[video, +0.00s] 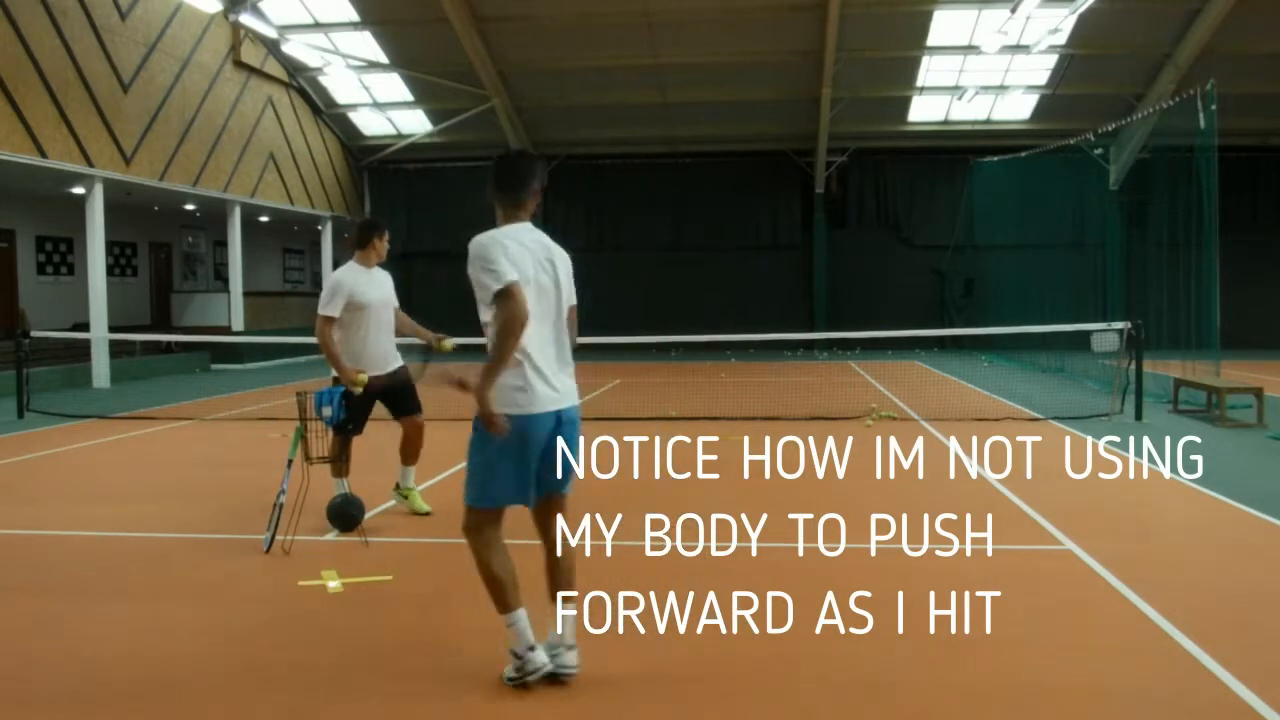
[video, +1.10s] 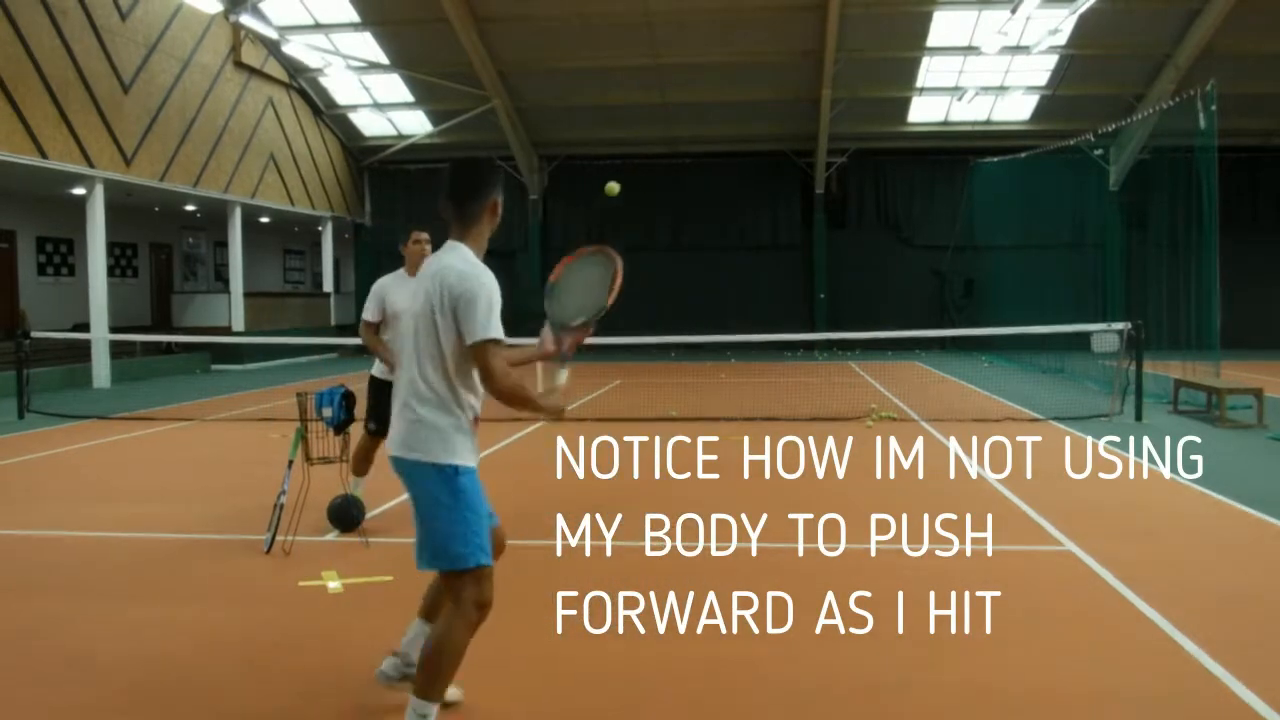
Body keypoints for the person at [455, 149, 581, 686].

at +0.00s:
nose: (538, 197)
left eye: (517, 190)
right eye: (539, 190)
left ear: (493, 193)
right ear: (537, 195)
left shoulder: (489, 244)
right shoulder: (558, 252)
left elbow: (515, 311)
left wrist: (486, 385)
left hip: (514, 409)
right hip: (563, 406)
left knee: (481, 526)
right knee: (552, 516)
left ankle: (526, 648)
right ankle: (565, 642)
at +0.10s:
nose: (524, 211)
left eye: (507, 205)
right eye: (525, 204)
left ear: (480, 208)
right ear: (524, 209)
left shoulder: (472, 260)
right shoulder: (546, 268)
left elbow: (480, 339)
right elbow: (565, 351)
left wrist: (433, 399)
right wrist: (540, 400)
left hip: (487, 426)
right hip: (542, 426)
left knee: (437, 528)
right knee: (530, 527)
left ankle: (472, 656)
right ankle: (546, 654)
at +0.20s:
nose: (506, 213)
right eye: (509, 206)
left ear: (463, 209)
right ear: (506, 211)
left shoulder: (443, 260)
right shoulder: (529, 275)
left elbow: (436, 344)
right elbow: (547, 365)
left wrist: (388, 404)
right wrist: (522, 413)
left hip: (456, 430)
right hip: (519, 430)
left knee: (406, 542)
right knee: (525, 533)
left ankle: (395, 676)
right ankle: (547, 654)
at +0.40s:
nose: (461, 223)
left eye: (451, 214)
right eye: (461, 215)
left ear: (415, 218)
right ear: (456, 218)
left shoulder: (378, 270)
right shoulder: (478, 284)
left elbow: (350, 352)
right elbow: (503, 376)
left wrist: (378, 378)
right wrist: (519, 405)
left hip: (389, 440)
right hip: (459, 440)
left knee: (372, 566)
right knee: (502, 551)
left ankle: (350, 693)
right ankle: (541, 657)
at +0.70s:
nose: (445, 198)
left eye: (434, 190)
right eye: (445, 190)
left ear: (395, 195)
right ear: (440, 194)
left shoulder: (367, 259)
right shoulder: (443, 262)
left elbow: (383, 341)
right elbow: (453, 355)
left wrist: (453, 337)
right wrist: (468, 393)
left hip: (362, 440)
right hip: (423, 440)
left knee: (373, 566)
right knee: (478, 563)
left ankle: (350, 695)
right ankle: (485, 702)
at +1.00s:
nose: (487, 215)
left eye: (483, 207)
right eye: (486, 208)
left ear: (435, 212)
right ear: (480, 212)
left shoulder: (406, 277)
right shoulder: (465, 282)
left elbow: (430, 366)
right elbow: (478, 387)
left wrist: (512, 358)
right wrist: (515, 417)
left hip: (397, 452)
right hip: (433, 457)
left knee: (436, 565)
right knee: (475, 598)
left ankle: (369, 671)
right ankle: (421, 712)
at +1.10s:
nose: (500, 213)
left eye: (495, 205)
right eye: (501, 205)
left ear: (452, 207)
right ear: (495, 208)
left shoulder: (435, 268)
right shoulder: (473, 277)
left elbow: (468, 355)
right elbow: (496, 377)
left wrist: (542, 349)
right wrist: (543, 405)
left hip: (420, 442)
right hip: (439, 449)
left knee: (490, 539)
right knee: (472, 596)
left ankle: (409, 656)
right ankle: (422, 710)